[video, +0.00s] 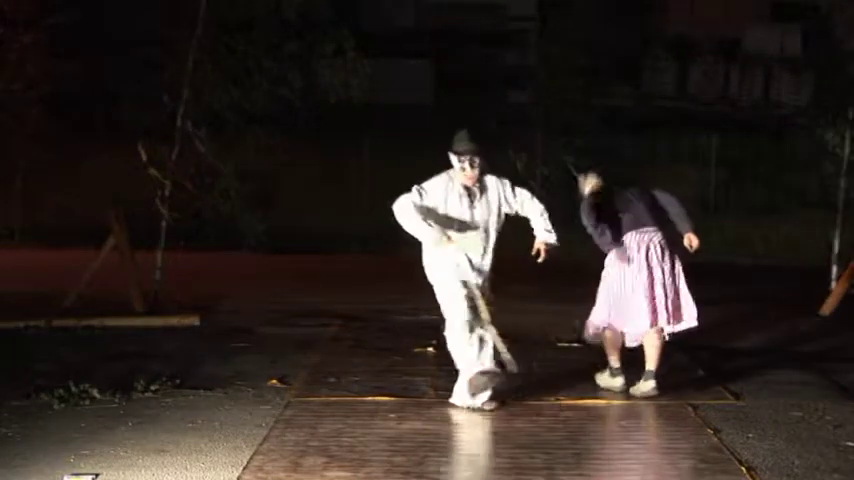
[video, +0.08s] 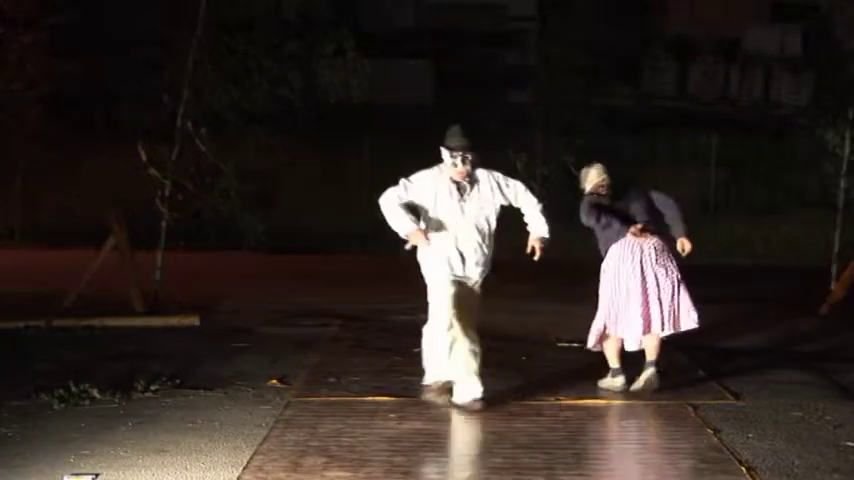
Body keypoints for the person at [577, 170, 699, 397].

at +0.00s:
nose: (584, 192)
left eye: (584, 188)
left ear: (587, 190)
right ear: (608, 181)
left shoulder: (593, 206)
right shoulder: (637, 191)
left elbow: (604, 239)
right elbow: (667, 200)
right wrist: (686, 230)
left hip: (625, 255)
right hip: (658, 247)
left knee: (612, 315)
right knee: (653, 316)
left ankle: (615, 373)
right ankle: (649, 378)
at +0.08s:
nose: (598, 188)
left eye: (593, 185)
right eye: (600, 182)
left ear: (587, 186)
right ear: (610, 180)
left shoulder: (590, 204)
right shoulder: (634, 193)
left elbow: (596, 217)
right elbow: (667, 203)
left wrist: (627, 227)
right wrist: (680, 233)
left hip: (621, 255)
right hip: (655, 249)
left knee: (613, 312)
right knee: (652, 309)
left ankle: (615, 372)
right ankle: (651, 367)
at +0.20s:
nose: (589, 185)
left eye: (590, 181)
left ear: (594, 182)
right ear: (619, 175)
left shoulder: (596, 203)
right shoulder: (639, 192)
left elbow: (588, 213)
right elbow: (669, 208)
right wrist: (676, 240)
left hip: (619, 252)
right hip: (653, 248)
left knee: (610, 308)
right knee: (650, 304)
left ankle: (615, 371)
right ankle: (654, 357)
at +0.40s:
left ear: (634, 215)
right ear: (656, 216)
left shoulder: (625, 240)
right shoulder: (663, 240)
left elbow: (612, 276)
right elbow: (667, 272)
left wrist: (605, 315)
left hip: (627, 284)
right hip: (658, 285)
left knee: (615, 320)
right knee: (659, 318)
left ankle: (617, 372)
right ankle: (661, 369)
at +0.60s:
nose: (596, 203)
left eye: (597, 200)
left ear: (600, 197)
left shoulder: (604, 206)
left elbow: (622, 208)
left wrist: (643, 223)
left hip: (634, 244)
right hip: (666, 243)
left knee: (616, 301)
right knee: (663, 309)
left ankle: (617, 364)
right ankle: (661, 369)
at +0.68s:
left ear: (598, 187)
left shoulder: (599, 198)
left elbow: (615, 207)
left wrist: (641, 222)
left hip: (633, 245)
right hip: (664, 242)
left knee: (610, 300)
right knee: (662, 311)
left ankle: (615, 362)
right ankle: (662, 370)